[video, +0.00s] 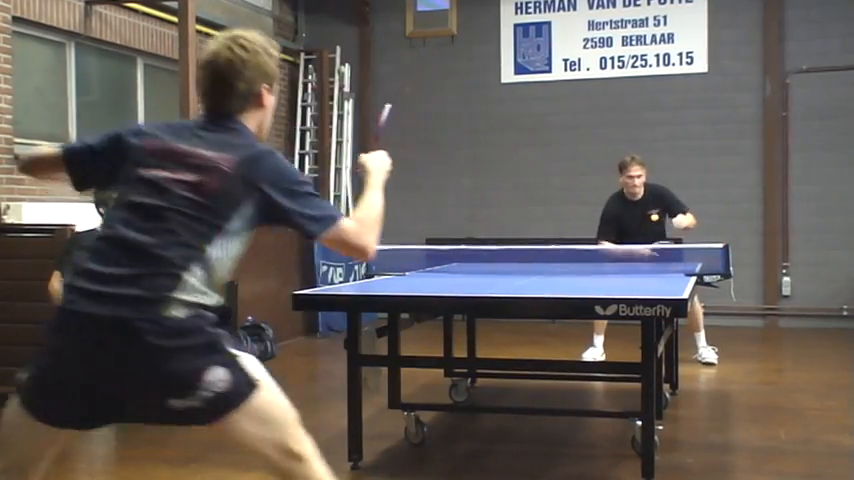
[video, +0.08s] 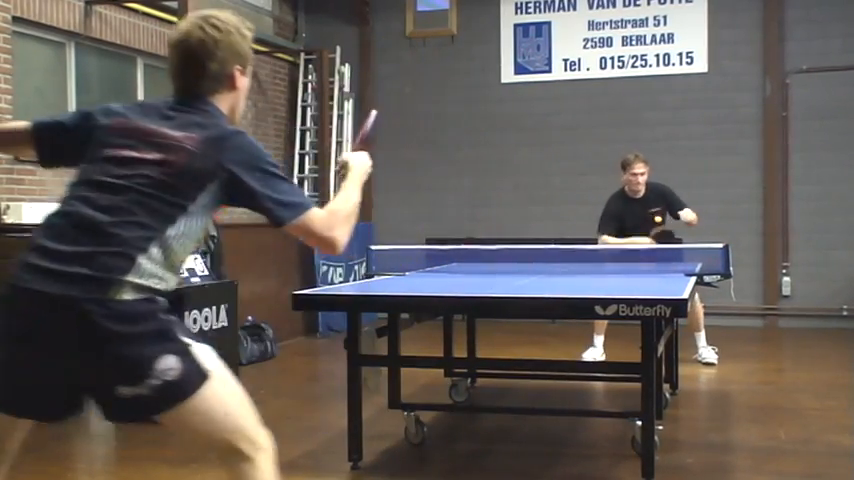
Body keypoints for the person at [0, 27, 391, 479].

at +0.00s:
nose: (276, 99)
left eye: (277, 90)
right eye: (276, 90)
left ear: (205, 91)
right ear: (264, 95)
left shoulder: (141, 139)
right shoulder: (259, 163)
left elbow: (35, 164)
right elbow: (364, 243)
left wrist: (26, 153)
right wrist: (376, 176)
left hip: (79, 340)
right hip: (172, 348)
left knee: (10, 462)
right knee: (295, 454)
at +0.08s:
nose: (247, 85)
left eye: (247, 73)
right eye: (249, 74)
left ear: (179, 72)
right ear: (237, 77)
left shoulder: (117, 118)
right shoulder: (227, 143)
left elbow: (13, 137)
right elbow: (333, 235)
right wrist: (356, 175)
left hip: (30, 302)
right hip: (116, 315)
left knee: (40, 455)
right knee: (253, 450)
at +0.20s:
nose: (211, 88)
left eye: (211, 76)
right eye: (211, 76)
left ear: (138, 75)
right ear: (197, 81)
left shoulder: (76, 122)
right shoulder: (180, 150)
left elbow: (0, 139)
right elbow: (282, 262)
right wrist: (321, 208)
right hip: (50, 331)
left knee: (82, 467)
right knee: (176, 473)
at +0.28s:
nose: (180, 118)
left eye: (183, 106)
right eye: (182, 106)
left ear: (107, 100)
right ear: (166, 111)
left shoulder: (28, 156)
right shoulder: (139, 186)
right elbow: (231, 315)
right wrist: (285, 262)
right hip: (15, 378)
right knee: (127, 472)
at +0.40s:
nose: (140, 166)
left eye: (142, 154)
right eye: (141, 154)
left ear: (61, 142)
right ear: (117, 159)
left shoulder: (11, 193)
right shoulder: (68, 238)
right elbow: (146, 379)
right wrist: (238, 326)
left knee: (101, 472)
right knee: (103, 475)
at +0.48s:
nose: (151, 165)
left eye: (153, 152)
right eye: (151, 153)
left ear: (69, 146)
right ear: (124, 161)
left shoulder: (15, 189)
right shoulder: (61, 241)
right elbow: (126, 398)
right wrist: (237, 364)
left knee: (104, 471)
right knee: (108, 475)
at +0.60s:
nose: (230, 145)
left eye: (230, 128)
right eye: (226, 129)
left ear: (144, 122)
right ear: (194, 139)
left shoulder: (93, 158)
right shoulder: (102, 226)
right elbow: (142, 391)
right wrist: (281, 399)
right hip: (14, 398)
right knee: (123, 474)